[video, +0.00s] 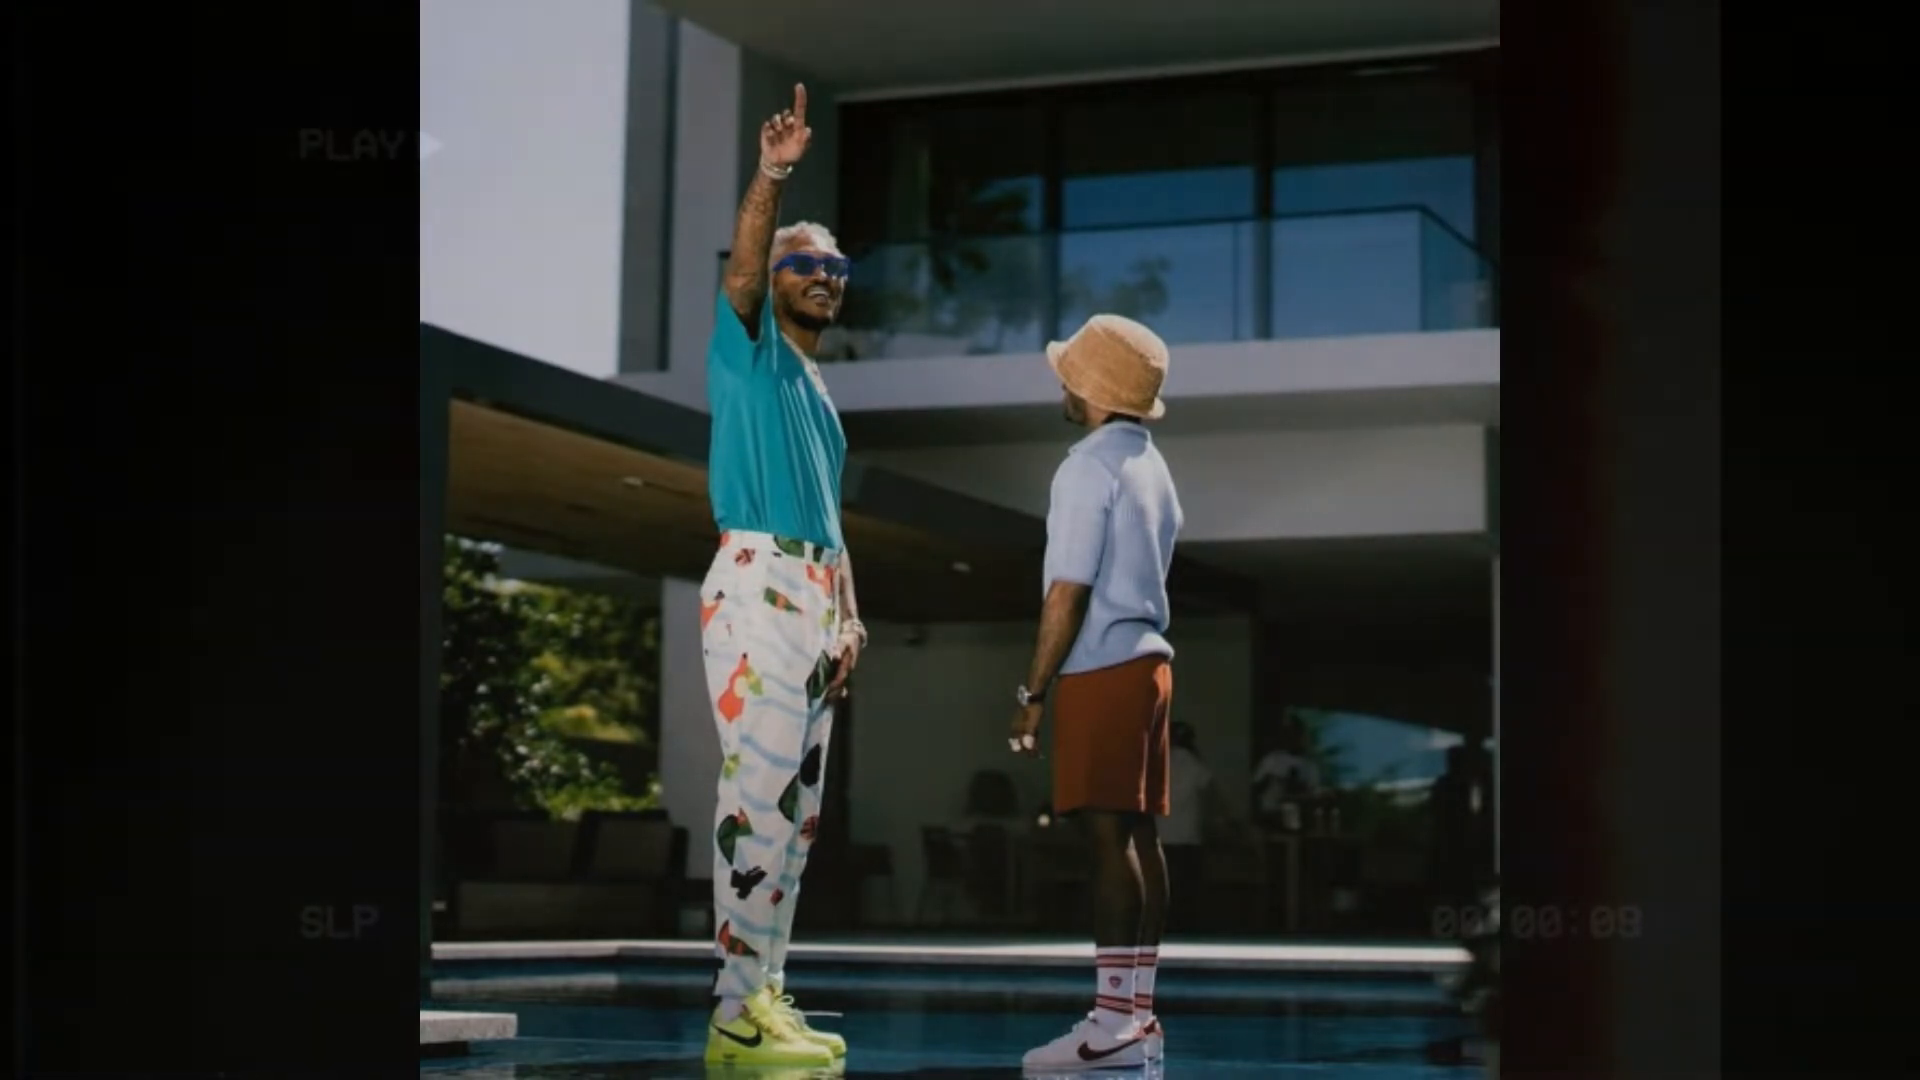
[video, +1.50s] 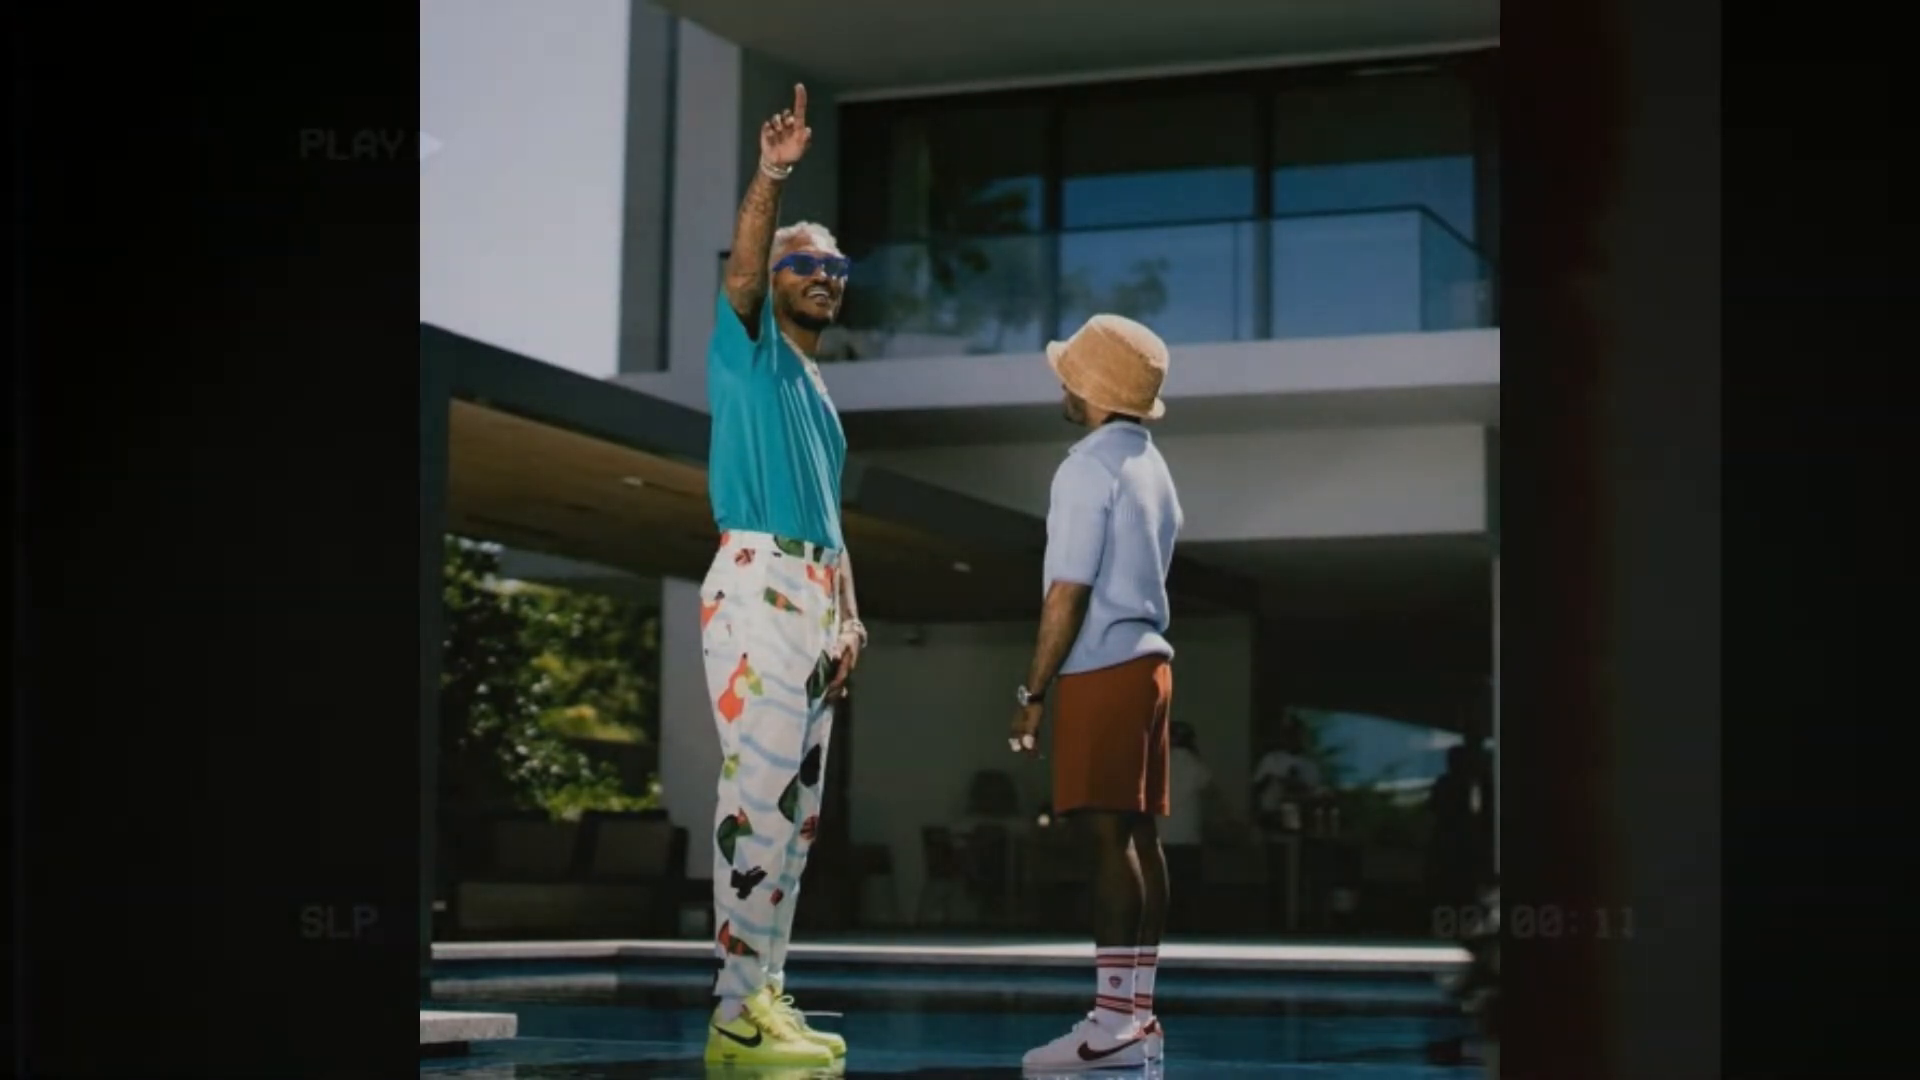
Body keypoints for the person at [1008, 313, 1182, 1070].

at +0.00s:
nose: (1064, 387)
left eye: (1072, 377)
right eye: (1068, 376)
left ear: (1092, 390)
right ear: (1130, 394)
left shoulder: (1088, 468)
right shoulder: (1148, 463)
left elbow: (1067, 594)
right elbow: (1149, 576)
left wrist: (1032, 691)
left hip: (1104, 669)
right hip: (1146, 665)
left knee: (1108, 838)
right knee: (1139, 838)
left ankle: (1116, 1015)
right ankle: (1135, 1012)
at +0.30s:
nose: (1063, 388)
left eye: (1071, 378)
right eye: (1068, 376)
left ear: (1092, 391)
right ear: (1130, 394)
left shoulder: (1087, 468)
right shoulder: (1148, 463)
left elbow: (1067, 595)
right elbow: (1150, 576)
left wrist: (1032, 691)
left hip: (1104, 669)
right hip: (1147, 666)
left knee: (1109, 838)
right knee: (1139, 838)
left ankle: (1116, 1015)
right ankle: (1135, 1012)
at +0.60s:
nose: (1064, 388)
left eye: (1072, 378)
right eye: (1068, 376)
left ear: (1092, 391)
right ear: (1130, 395)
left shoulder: (1088, 468)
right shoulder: (1148, 463)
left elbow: (1067, 594)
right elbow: (1148, 577)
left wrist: (1032, 691)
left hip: (1104, 669)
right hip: (1146, 666)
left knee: (1109, 838)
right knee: (1140, 838)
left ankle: (1116, 1015)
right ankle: (1135, 1012)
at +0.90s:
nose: (1063, 388)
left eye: (1072, 378)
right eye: (1068, 377)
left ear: (1092, 391)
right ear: (1129, 394)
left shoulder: (1087, 469)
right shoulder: (1147, 463)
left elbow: (1067, 594)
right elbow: (1148, 578)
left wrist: (1032, 691)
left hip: (1104, 669)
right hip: (1147, 666)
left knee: (1109, 838)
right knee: (1139, 838)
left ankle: (1116, 1015)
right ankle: (1135, 1012)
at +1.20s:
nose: (1064, 388)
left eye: (1072, 379)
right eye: (1068, 377)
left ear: (1092, 391)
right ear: (1130, 395)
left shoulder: (1087, 468)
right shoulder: (1148, 463)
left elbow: (1067, 594)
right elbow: (1149, 576)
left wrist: (1032, 691)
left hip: (1104, 669)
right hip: (1147, 666)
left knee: (1108, 838)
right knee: (1140, 838)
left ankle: (1116, 1015)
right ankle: (1135, 1012)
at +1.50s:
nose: (1064, 388)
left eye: (1072, 378)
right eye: (1068, 376)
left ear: (1093, 391)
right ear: (1130, 395)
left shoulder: (1087, 468)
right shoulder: (1148, 463)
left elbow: (1067, 594)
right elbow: (1149, 576)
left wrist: (1031, 692)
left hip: (1104, 669)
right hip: (1146, 666)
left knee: (1108, 839)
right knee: (1140, 839)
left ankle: (1116, 1015)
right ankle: (1135, 1012)